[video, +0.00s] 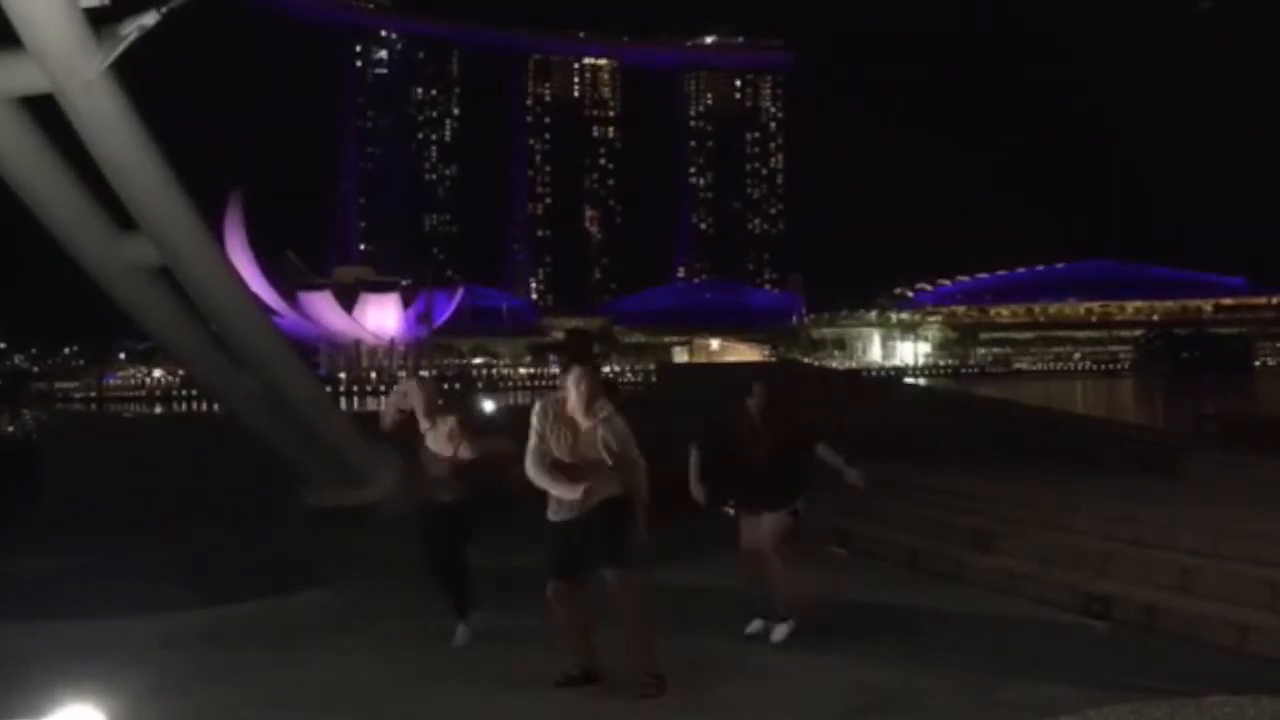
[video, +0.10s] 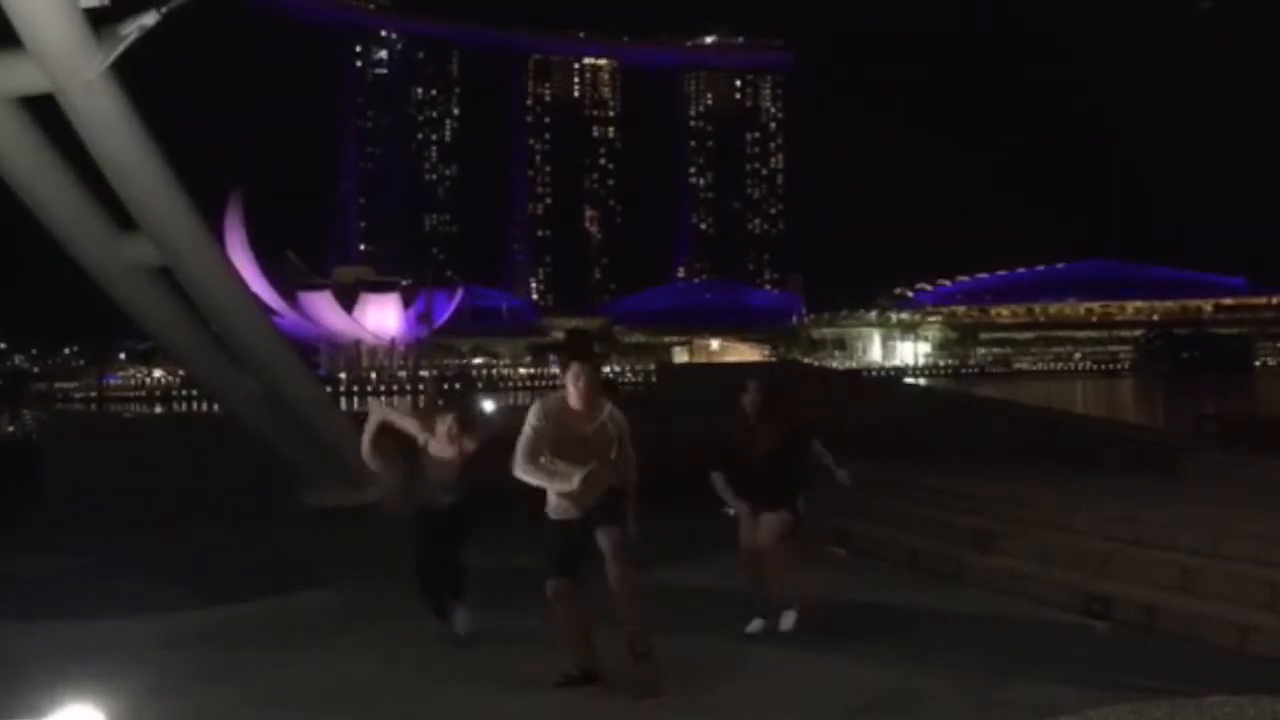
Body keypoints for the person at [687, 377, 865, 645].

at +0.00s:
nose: (756, 404)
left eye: (761, 398)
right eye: (752, 398)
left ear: (772, 400)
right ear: (746, 400)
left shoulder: (786, 425)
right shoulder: (738, 427)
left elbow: (819, 448)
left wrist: (846, 471)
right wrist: (696, 484)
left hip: (781, 495)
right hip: (748, 494)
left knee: (770, 550)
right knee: (749, 553)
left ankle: (785, 616)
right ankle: (761, 614)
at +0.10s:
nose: (750, 401)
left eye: (756, 395)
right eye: (747, 394)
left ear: (767, 398)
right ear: (742, 398)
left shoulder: (784, 427)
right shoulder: (736, 431)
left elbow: (815, 449)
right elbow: (716, 473)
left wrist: (835, 472)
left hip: (783, 496)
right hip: (749, 499)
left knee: (767, 542)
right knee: (747, 550)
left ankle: (787, 606)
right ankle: (761, 611)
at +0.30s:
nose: (746, 404)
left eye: (752, 398)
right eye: (744, 398)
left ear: (764, 401)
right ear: (740, 401)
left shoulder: (781, 426)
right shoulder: (738, 434)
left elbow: (809, 446)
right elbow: (745, 476)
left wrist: (832, 470)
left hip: (785, 497)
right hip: (751, 501)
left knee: (783, 547)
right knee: (751, 557)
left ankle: (803, 592)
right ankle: (762, 613)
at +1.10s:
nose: (785, 397)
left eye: (790, 392)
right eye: (781, 392)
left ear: (800, 394)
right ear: (776, 394)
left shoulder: (805, 420)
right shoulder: (768, 420)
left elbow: (813, 453)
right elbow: (771, 451)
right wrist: (811, 451)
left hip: (801, 499)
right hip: (771, 499)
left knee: (810, 560)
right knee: (764, 566)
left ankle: (801, 617)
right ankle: (733, 629)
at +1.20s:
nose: (798, 396)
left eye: (801, 390)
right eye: (793, 390)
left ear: (806, 392)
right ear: (783, 392)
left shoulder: (806, 421)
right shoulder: (780, 423)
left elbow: (808, 461)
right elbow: (784, 474)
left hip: (804, 503)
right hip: (779, 503)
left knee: (809, 561)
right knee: (778, 565)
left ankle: (800, 617)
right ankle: (735, 623)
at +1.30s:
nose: (808, 396)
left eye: (809, 391)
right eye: (803, 391)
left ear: (808, 393)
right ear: (791, 394)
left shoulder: (807, 422)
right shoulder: (790, 425)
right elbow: (792, 475)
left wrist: (834, 435)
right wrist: (820, 506)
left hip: (805, 501)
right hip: (788, 502)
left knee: (815, 558)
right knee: (800, 558)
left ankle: (797, 617)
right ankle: (755, 616)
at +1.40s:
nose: (808, 397)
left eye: (810, 391)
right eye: (803, 391)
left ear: (815, 393)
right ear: (793, 394)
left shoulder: (813, 421)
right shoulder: (792, 422)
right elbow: (799, 457)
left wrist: (822, 461)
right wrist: (833, 466)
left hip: (809, 497)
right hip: (793, 499)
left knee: (813, 558)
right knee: (808, 559)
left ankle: (799, 618)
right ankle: (791, 631)